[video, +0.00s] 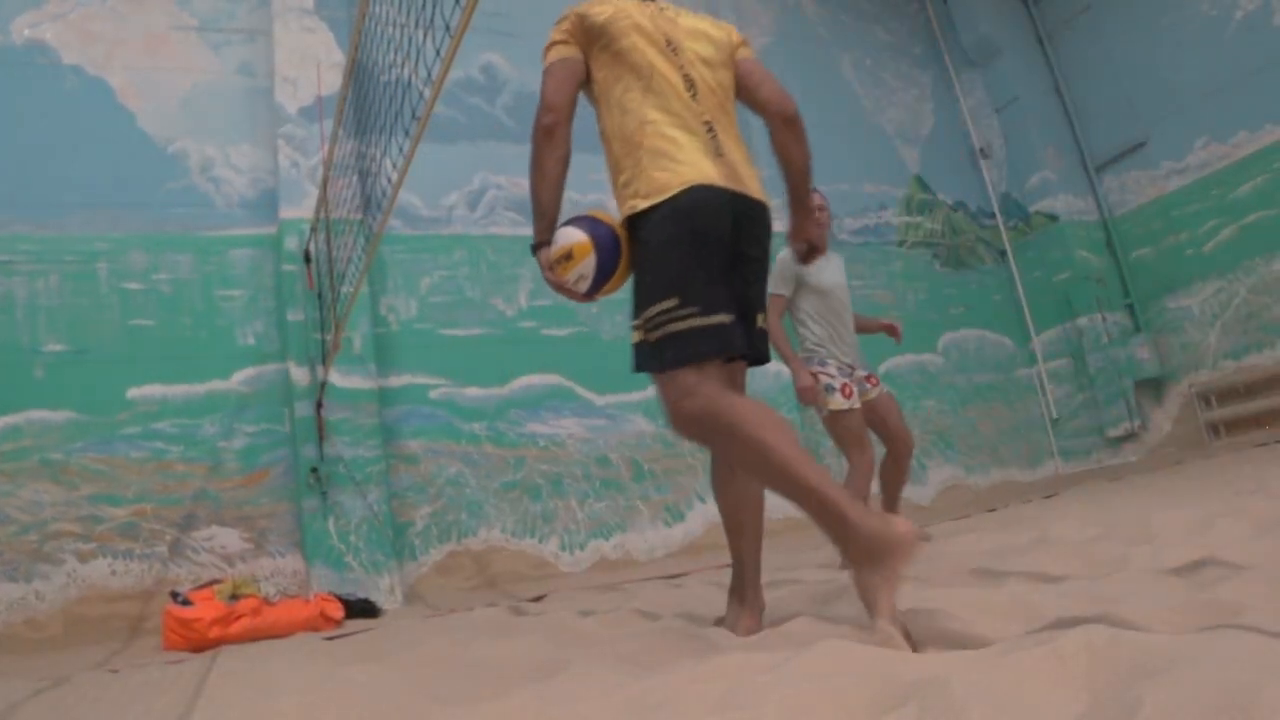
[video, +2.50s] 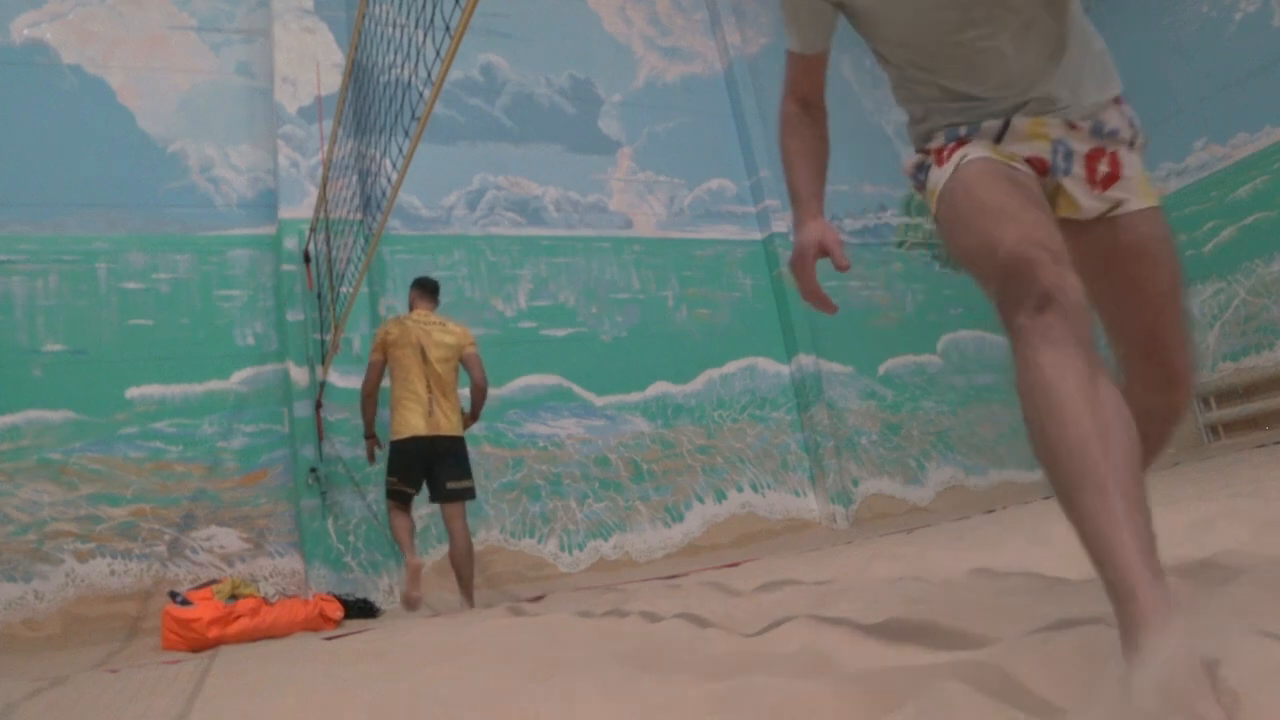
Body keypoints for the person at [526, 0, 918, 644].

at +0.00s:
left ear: (602, 4)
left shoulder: (585, 18)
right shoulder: (713, 30)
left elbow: (552, 118)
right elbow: (783, 110)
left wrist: (544, 235)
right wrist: (802, 208)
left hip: (675, 206)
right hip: (747, 208)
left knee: (690, 403)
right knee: (726, 404)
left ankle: (868, 536)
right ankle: (747, 601)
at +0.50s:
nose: (528, 104)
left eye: (528, 96)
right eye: (535, 96)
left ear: (532, 92)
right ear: (576, 93)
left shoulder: (518, 125)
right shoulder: (627, 135)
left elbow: (497, 204)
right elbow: (646, 228)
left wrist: (463, 299)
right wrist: (602, 275)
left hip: (564, 303)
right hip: (640, 292)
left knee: (571, 448)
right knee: (674, 422)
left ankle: (605, 597)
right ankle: (734, 577)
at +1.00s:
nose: (475, 183)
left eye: (471, 176)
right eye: (485, 174)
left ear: (472, 174)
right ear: (510, 170)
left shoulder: (458, 203)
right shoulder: (552, 197)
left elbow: (449, 285)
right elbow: (598, 247)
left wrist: (443, 364)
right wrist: (650, 294)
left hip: (511, 341)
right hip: (565, 339)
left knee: (558, 468)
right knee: (545, 467)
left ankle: (608, 596)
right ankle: (547, 593)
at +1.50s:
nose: (441, 233)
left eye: (441, 227)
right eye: (445, 228)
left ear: (446, 224)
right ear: (478, 224)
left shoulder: (435, 254)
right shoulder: (512, 255)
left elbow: (420, 324)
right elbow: (548, 320)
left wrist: (443, 374)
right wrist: (531, 372)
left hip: (461, 385)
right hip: (516, 383)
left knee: (450, 477)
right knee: (523, 484)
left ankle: (483, 576)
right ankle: (538, 596)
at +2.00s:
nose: (406, 269)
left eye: (405, 264)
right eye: (412, 263)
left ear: (407, 263)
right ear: (437, 261)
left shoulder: (394, 300)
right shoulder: (468, 289)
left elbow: (383, 369)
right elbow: (501, 336)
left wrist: (387, 427)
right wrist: (503, 381)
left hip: (428, 413)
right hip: (473, 408)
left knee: (450, 508)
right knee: (479, 482)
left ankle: (474, 599)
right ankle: (489, 560)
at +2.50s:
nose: (413, 306)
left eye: (412, 301)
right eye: (421, 302)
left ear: (411, 300)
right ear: (437, 303)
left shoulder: (390, 330)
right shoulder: (457, 332)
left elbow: (370, 387)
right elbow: (480, 382)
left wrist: (369, 432)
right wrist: (472, 415)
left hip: (407, 439)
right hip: (449, 438)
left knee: (399, 506)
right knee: (456, 520)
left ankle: (411, 558)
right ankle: (468, 601)